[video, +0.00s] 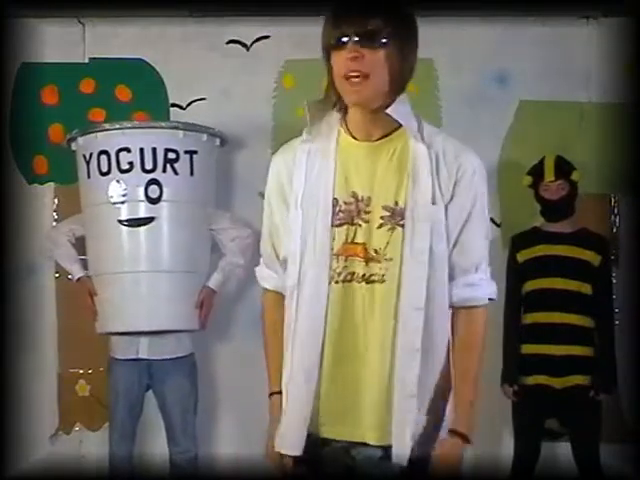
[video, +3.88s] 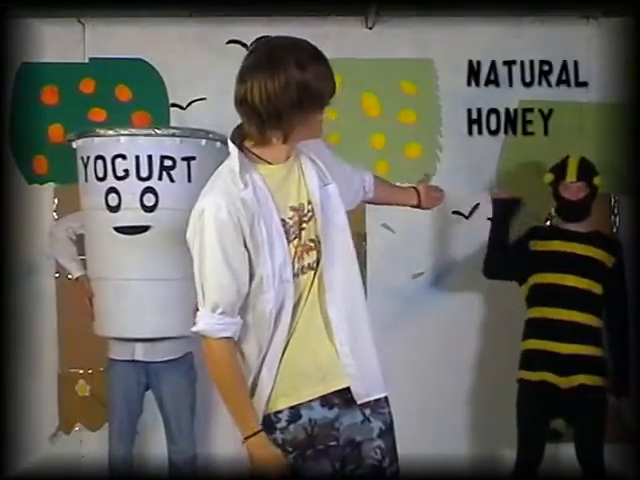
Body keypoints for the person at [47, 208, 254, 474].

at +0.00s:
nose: (146, 194)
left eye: (155, 188)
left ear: (169, 186)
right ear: (126, 188)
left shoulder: (192, 213)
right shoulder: (108, 215)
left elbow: (242, 238)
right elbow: (57, 234)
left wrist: (213, 286)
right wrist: (80, 276)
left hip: (175, 348)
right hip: (123, 349)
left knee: (184, 449)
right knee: (120, 450)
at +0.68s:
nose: (142, 193)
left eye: (151, 187)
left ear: (163, 184)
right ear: (123, 187)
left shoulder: (187, 211)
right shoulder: (106, 216)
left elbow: (239, 235)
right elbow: (53, 233)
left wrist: (220, 288)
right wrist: (76, 277)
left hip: (172, 349)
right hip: (122, 351)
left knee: (182, 449)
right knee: (119, 451)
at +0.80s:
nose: (141, 192)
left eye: (149, 186)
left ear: (161, 185)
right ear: (121, 190)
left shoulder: (181, 212)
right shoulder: (104, 216)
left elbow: (235, 239)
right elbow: (53, 232)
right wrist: (76, 275)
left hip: (173, 349)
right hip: (122, 351)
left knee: (184, 449)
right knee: (118, 450)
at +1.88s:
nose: (135, 189)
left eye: (144, 181)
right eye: (128, 181)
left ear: (157, 181)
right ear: (116, 183)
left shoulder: (176, 208)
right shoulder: (104, 212)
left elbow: (229, 216)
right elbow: (53, 229)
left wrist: (236, 173)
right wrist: (75, 274)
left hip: (172, 340)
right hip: (123, 344)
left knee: (183, 441)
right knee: (121, 441)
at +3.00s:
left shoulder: (179, 218)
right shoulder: (106, 214)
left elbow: (236, 235)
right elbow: (54, 228)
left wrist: (209, 215)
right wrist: (75, 273)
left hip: (172, 337)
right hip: (121, 340)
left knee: (179, 432)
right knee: (120, 429)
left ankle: (183, 477)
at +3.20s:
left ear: (165, 189)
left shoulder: (182, 220)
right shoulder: (106, 217)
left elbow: (216, 247)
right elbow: (56, 227)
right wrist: (75, 273)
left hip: (171, 349)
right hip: (120, 351)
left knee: (182, 448)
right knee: (118, 451)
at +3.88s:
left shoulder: (183, 221)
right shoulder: (108, 217)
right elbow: (59, 230)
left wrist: (204, 297)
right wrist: (81, 277)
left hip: (174, 351)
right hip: (123, 352)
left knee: (183, 449)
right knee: (119, 450)